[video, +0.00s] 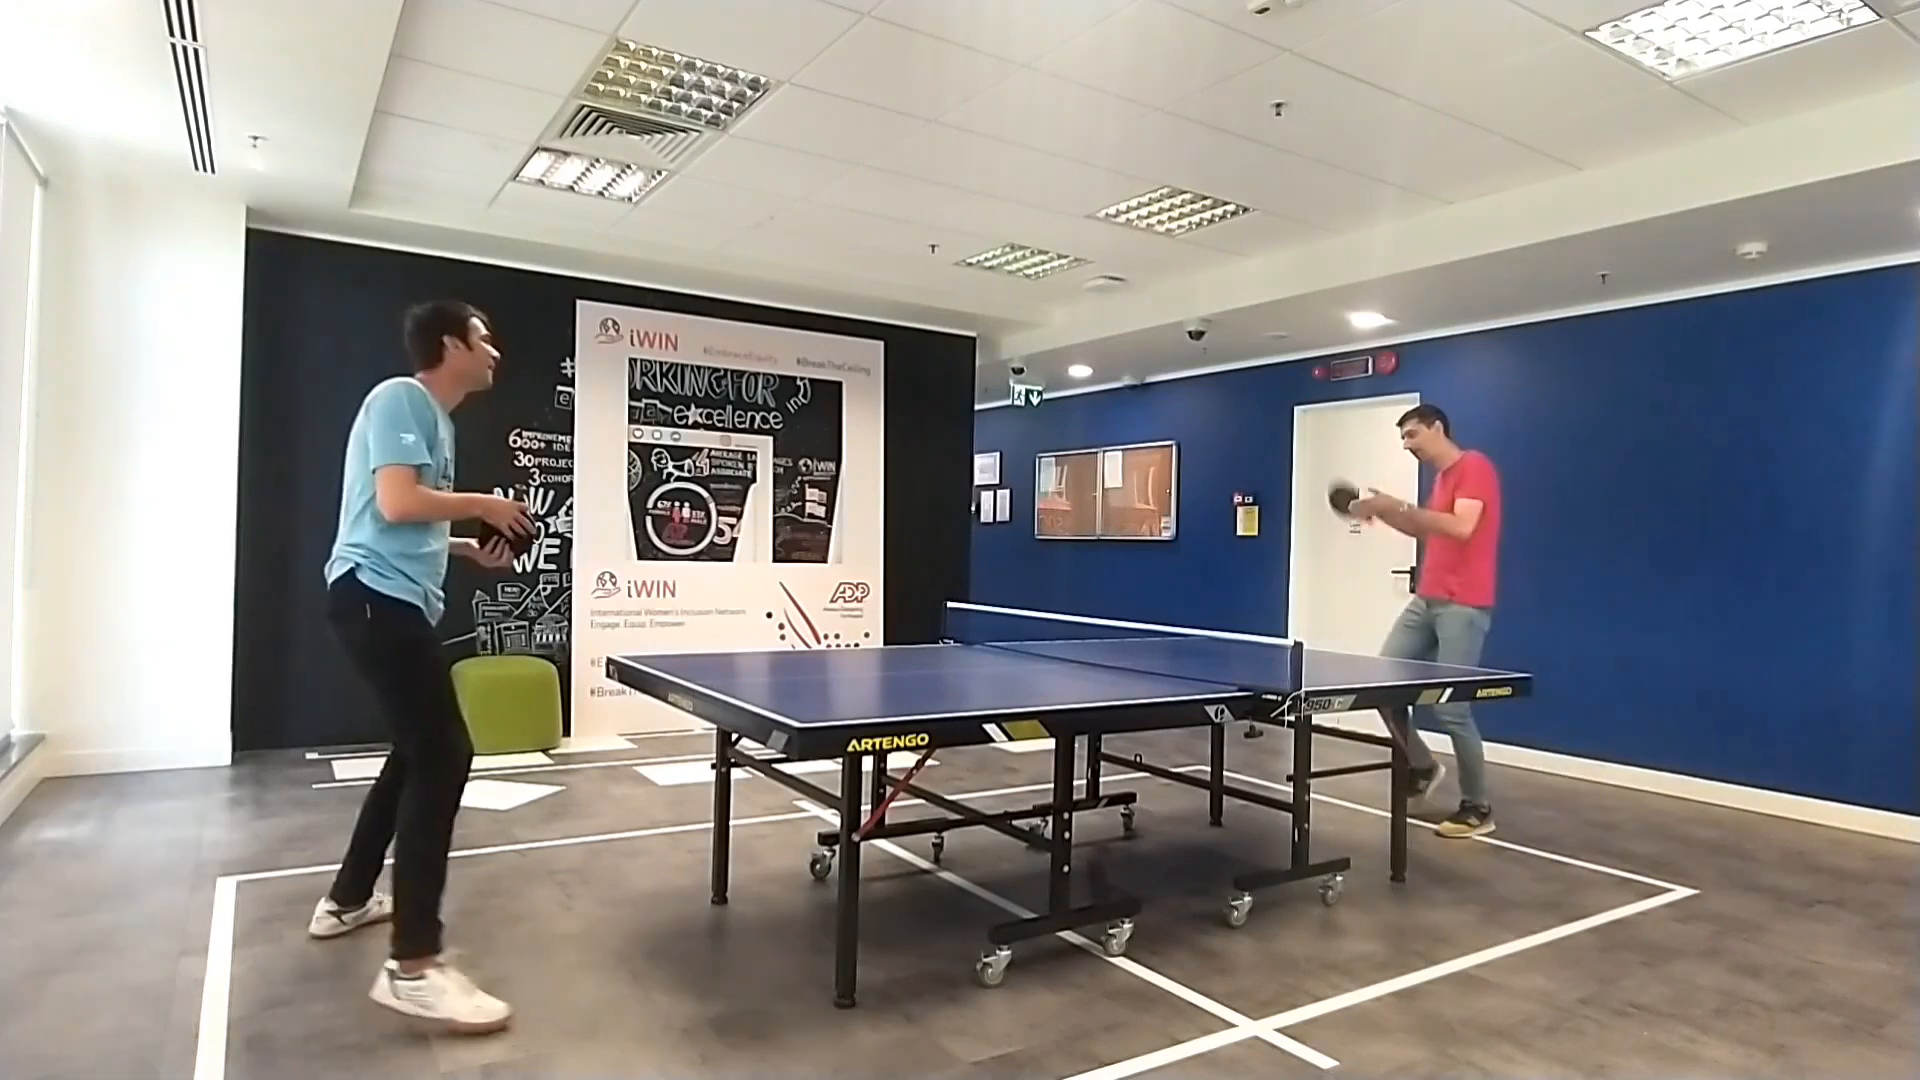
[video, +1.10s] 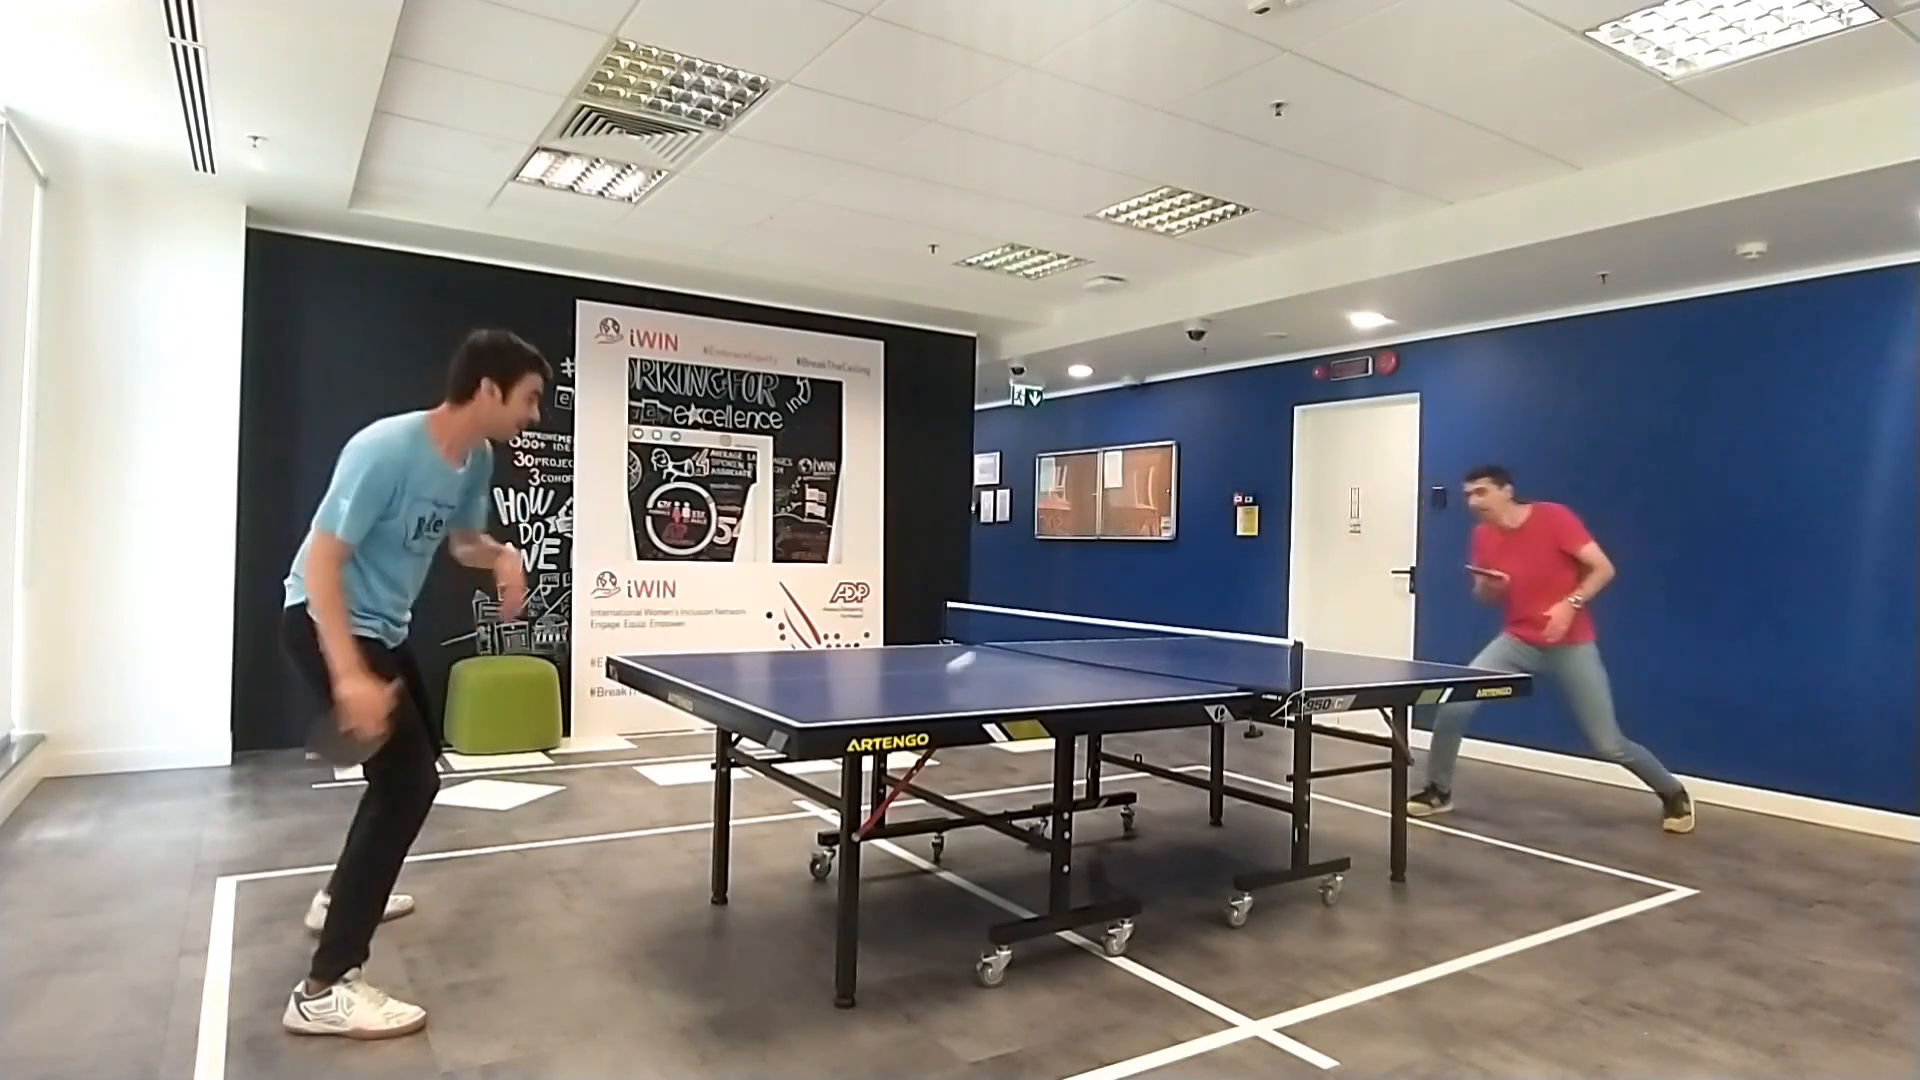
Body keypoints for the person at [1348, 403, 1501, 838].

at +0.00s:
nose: (1408, 444)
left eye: (1411, 434)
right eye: (1404, 438)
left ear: (1436, 428)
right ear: (1424, 435)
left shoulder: (1474, 466)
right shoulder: (1439, 479)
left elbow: (1462, 526)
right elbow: (1424, 532)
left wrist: (1399, 508)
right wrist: (1383, 510)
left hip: (1464, 608)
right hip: (1425, 603)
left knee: (1451, 707)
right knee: (1381, 685)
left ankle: (1476, 808)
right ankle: (1421, 766)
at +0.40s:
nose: (1375, 464)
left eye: (1380, 454)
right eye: (1374, 458)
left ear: (1404, 451)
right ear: (1397, 457)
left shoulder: (1451, 478)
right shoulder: (1409, 506)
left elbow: (1499, 525)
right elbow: (1383, 548)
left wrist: (1446, 545)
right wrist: (1350, 510)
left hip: (1484, 611)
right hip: (1438, 615)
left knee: (1457, 703)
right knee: (1410, 705)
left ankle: (1478, 805)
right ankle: (1439, 789)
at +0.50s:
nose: (1368, 485)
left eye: (1372, 475)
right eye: (1366, 479)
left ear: (1396, 469)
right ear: (1391, 474)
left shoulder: (1447, 489)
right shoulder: (1407, 521)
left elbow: (1503, 531)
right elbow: (1388, 572)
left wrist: (1460, 563)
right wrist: (1342, 541)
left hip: (1491, 614)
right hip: (1444, 620)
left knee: (1461, 702)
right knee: (1407, 707)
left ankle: (1486, 803)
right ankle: (1438, 789)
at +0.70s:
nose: (1374, 516)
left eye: (1375, 507)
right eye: (1370, 510)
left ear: (1397, 496)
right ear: (1393, 502)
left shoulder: (1453, 507)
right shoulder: (1409, 540)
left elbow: (1516, 544)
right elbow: (1415, 597)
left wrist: (1479, 583)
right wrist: (1375, 598)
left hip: (1505, 626)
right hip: (1458, 634)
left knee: (1485, 712)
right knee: (1410, 711)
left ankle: (1543, 793)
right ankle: (1438, 792)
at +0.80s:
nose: (1387, 515)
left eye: (1390, 505)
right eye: (1383, 509)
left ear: (1412, 495)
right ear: (1407, 500)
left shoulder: (1466, 510)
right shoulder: (1418, 542)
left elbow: (1530, 546)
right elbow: (1445, 595)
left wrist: (1499, 585)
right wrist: (1425, 585)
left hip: (1512, 631)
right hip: (1465, 635)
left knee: (1510, 724)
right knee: (1417, 711)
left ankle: (1583, 775)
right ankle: (1437, 792)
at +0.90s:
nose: (1409, 508)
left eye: (1413, 498)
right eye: (1406, 501)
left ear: (1438, 491)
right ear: (1412, 505)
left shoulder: (1489, 511)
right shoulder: (1431, 537)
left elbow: (1550, 551)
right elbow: (1446, 599)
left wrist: (1523, 586)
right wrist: (1448, 578)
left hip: (1526, 634)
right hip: (1477, 635)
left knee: (1542, 732)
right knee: (1425, 708)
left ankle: (1623, 766)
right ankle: (1437, 792)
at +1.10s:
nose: (1472, 502)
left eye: (1479, 492)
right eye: (1469, 495)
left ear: (1505, 490)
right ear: (1471, 499)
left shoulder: (1553, 518)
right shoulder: (1484, 535)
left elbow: (1603, 569)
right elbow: (1483, 597)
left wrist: (1569, 604)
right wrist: (1488, 587)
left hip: (1570, 647)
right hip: (1518, 641)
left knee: (1607, 745)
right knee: (1453, 706)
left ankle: (1675, 795)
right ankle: (1437, 792)